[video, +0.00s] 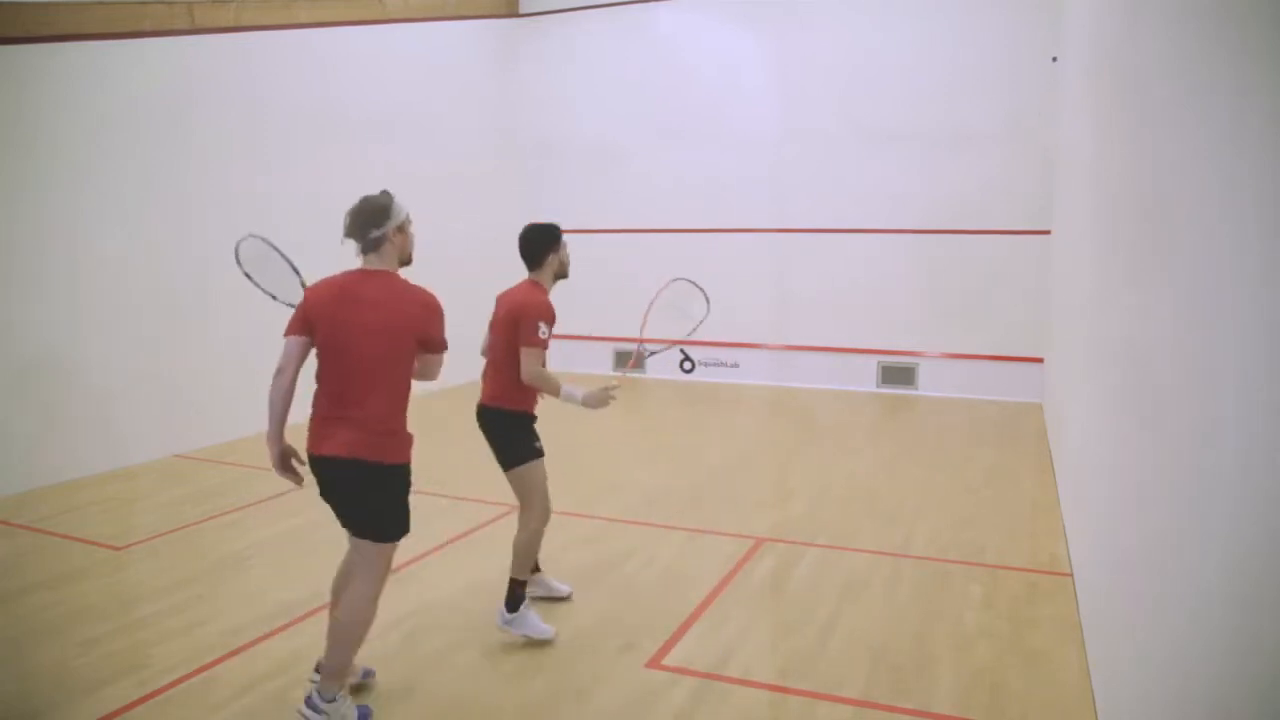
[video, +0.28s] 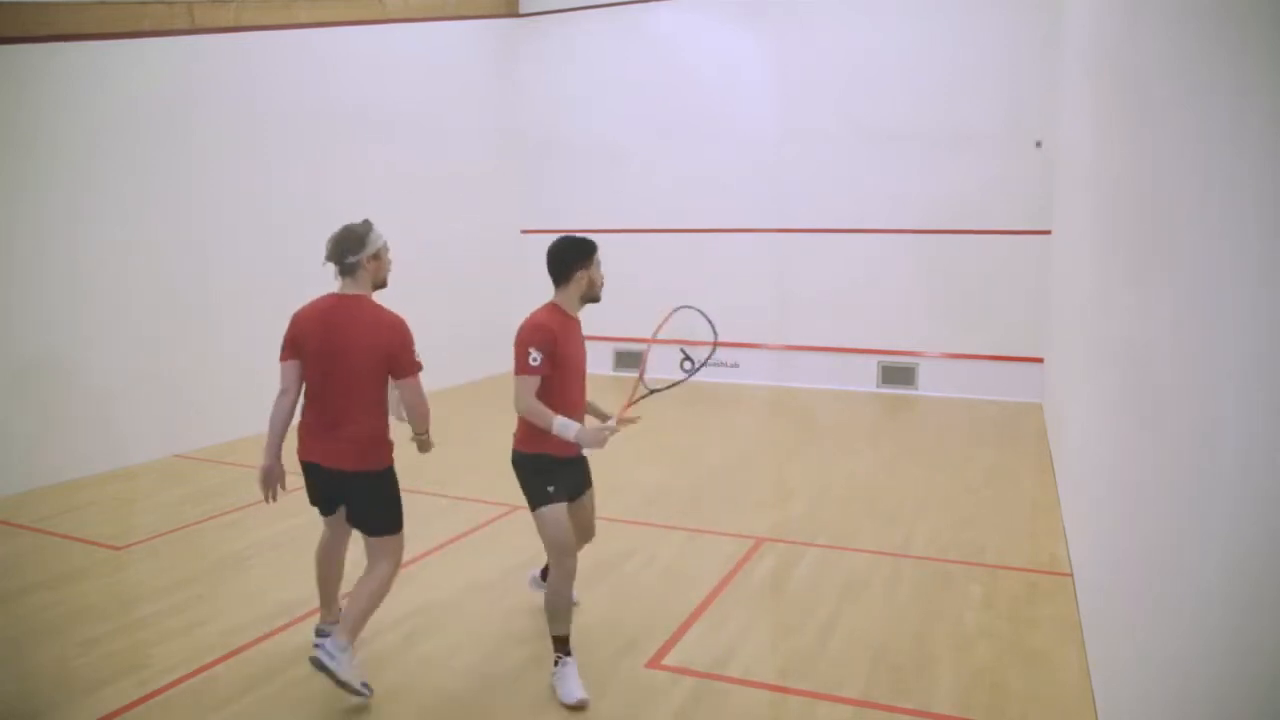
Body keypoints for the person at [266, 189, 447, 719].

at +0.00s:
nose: (413, 236)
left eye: (410, 228)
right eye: (409, 228)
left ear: (360, 240)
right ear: (395, 236)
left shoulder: (321, 294)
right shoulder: (421, 303)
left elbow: (286, 370)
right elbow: (428, 369)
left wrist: (275, 438)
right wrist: (375, 348)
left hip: (326, 453)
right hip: (381, 458)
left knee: (362, 551)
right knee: (370, 574)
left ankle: (336, 662)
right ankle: (327, 694)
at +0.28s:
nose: (390, 263)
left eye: (388, 255)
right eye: (385, 256)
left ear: (340, 264)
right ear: (369, 262)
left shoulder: (305, 318)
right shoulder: (389, 326)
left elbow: (287, 393)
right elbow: (415, 406)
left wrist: (272, 455)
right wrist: (423, 433)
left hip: (315, 460)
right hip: (367, 465)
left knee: (335, 526)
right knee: (384, 558)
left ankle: (327, 624)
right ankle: (339, 645)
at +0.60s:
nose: (402, 257)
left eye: (402, 249)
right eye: (397, 249)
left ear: (364, 251)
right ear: (374, 249)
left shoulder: (325, 299)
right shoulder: (384, 306)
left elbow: (316, 363)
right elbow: (391, 379)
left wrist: (340, 403)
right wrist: (426, 429)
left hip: (333, 430)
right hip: (380, 432)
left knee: (340, 517)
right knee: (402, 506)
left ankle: (331, 615)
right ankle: (409, 586)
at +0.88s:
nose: (426, 256)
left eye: (426, 249)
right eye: (420, 249)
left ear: (390, 250)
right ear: (397, 249)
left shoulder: (354, 292)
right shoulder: (403, 308)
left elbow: (347, 355)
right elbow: (409, 376)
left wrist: (374, 388)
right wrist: (444, 423)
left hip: (359, 415)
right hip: (398, 419)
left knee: (379, 481)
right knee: (416, 496)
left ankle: (352, 566)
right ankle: (411, 582)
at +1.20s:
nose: (436, 259)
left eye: (435, 252)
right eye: (433, 253)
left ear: (399, 257)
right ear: (415, 257)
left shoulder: (372, 297)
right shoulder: (410, 312)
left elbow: (357, 359)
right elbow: (408, 378)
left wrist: (361, 405)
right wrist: (437, 422)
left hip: (368, 415)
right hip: (398, 418)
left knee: (393, 475)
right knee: (446, 483)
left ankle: (376, 554)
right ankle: (418, 572)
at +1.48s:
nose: (448, 260)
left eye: (446, 254)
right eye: (444, 254)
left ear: (412, 261)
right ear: (433, 261)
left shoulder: (387, 301)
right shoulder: (428, 313)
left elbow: (371, 357)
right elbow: (424, 377)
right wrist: (443, 416)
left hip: (372, 411)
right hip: (400, 415)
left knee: (402, 474)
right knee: (397, 481)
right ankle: (378, 552)